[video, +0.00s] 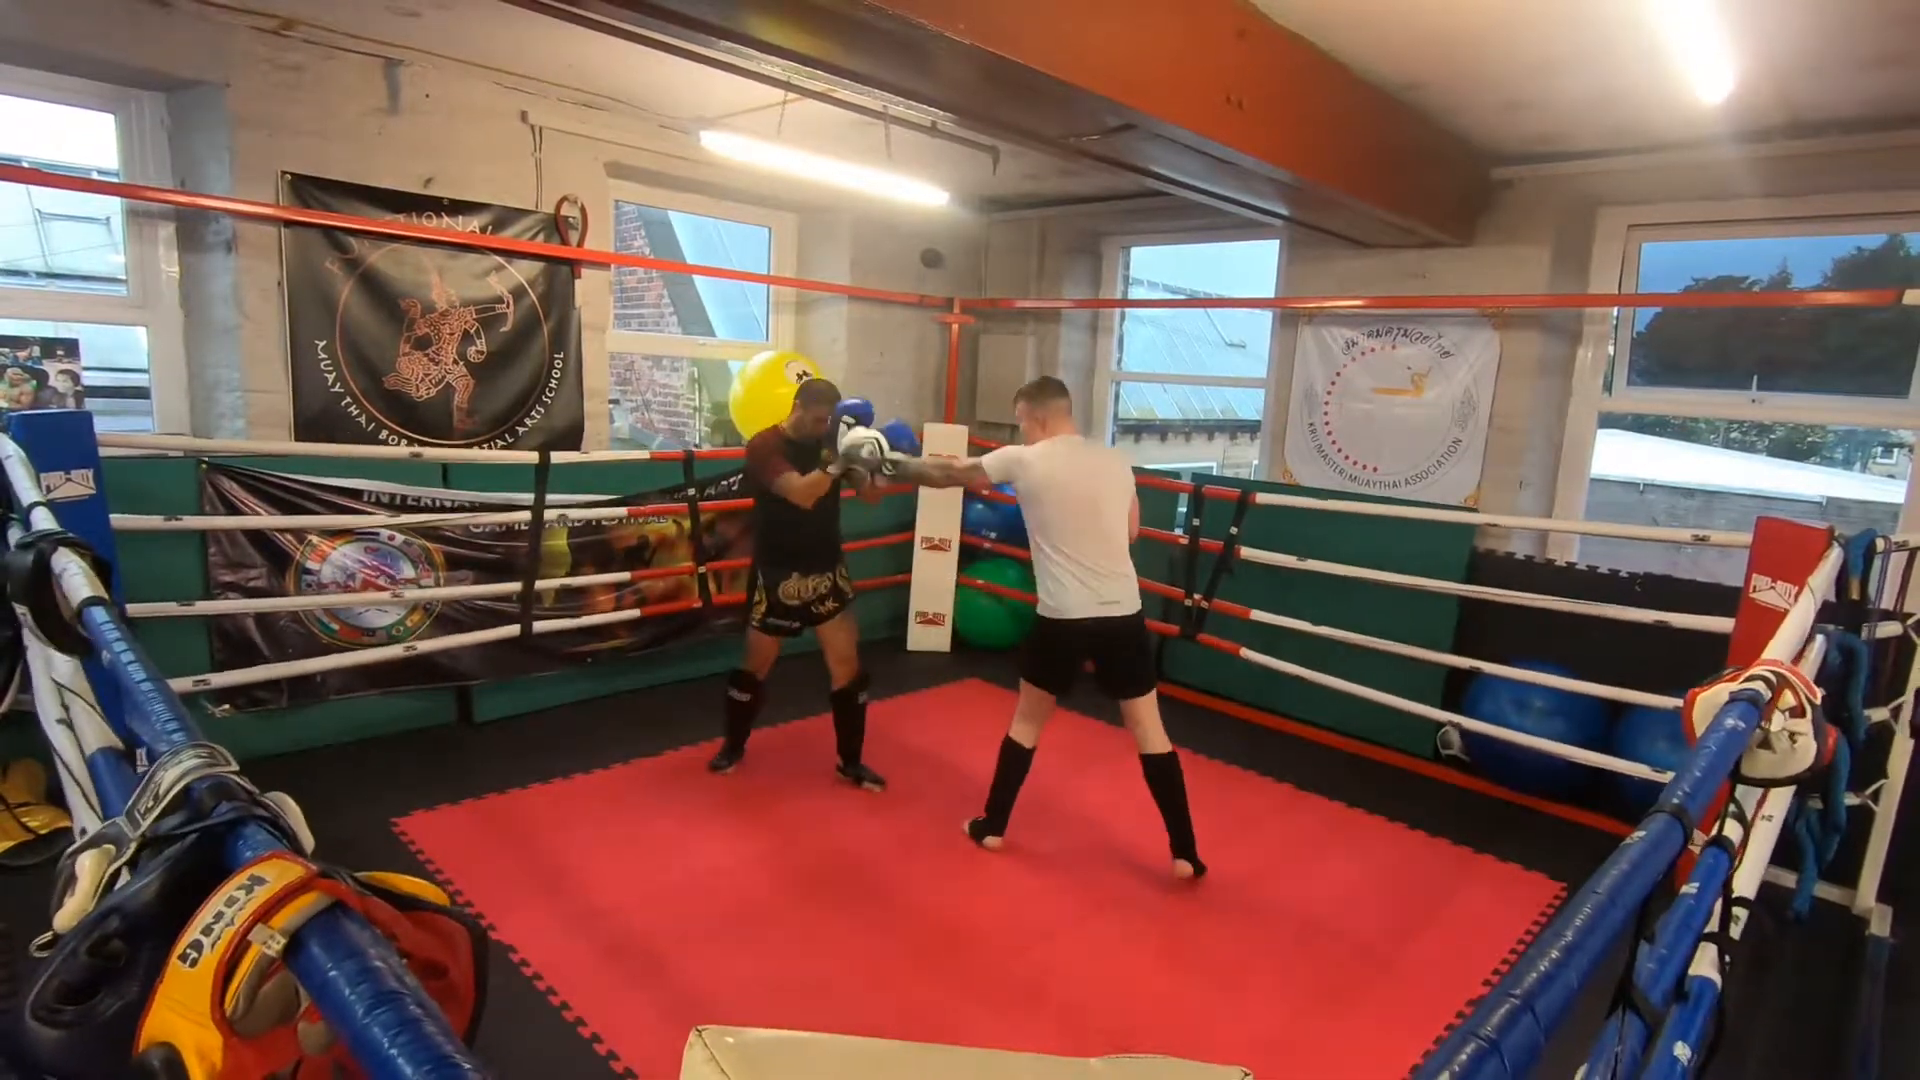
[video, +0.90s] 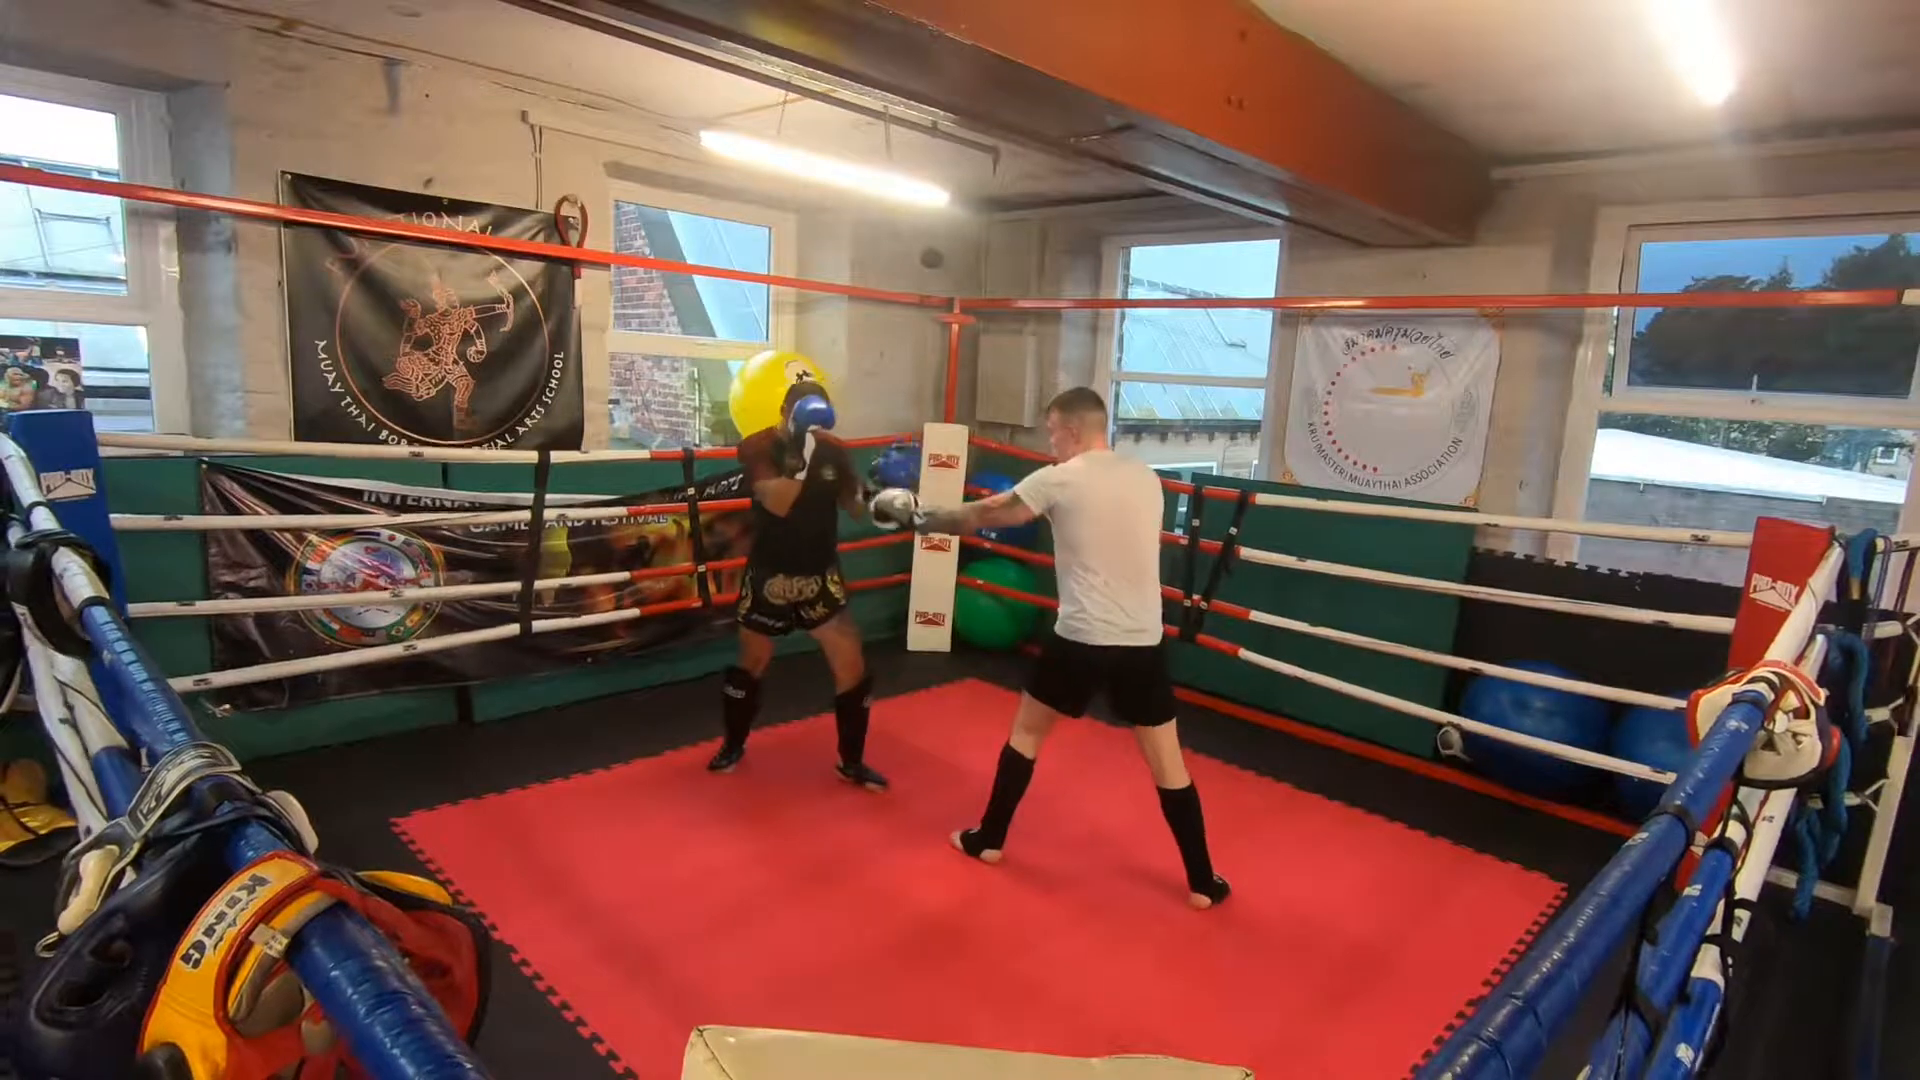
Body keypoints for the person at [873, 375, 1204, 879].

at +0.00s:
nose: (1021, 430)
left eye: (1021, 422)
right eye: (1020, 423)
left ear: (1035, 419)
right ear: (1068, 414)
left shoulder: (1023, 459)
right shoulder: (1117, 461)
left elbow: (948, 473)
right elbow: (1132, 529)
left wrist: (884, 462)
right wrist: (1076, 515)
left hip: (1061, 621)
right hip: (1124, 620)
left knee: (1028, 721)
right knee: (1150, 729)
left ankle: (993, 826)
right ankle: (1185, 852)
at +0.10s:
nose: (1032, 430)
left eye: (1034, 422)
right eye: (1031, 422)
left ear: (1050, 418)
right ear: (1079, 415)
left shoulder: (1034, 463)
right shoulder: (1127, 466)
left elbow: (964, 495)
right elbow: (1134, 535)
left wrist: (901, 489)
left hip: (1064, 624)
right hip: (1127, 626)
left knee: (1029, 723)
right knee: (1154, 736)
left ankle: (993, 826)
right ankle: (1190, 859)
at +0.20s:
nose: (1043, 439)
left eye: (1043, 431)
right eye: (1041, 431)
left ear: (1060, 425)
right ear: (1096, 424)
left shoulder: (1054, 473)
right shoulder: (1141, 475)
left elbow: (992, 535)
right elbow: (1120, 538)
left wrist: (936, 543)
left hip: (1068, 630)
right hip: (1132, 635)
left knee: (1030, 725)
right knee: (1153, 748)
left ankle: (993, 825)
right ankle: (1184, 871)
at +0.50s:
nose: (1040, 435)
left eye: (1041, 426)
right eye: (1039, 427)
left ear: (1059, 423)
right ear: (1091, 423)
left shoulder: (1049, 471)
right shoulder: (1139, 472)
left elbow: (978, 517)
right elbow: (1140, 542)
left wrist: (924, 501)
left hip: (1070, 632)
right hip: (1135, 636)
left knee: (1029, 728)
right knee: (1155, 748)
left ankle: (990, 837)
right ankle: (1188, 872)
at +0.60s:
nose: (1033, 434)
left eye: (1035, 425)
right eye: (1033, 425)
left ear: (1049, 422)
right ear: (1084, 420)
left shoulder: (1036, 464)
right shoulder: (1128, 466)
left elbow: (955, 483)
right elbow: (1143, 536)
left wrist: (902, 466)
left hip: (1069, 631)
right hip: (1134, 632)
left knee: (1029, 729)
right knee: (1158, 740)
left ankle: (990, 838)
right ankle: (1192, 863)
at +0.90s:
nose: (1050, 444)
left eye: (1052, 434)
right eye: (1049, 434)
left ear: (1071, 431)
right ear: (1101, 431)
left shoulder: (1061, 478)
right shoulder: (1148, 478)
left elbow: (981, 516)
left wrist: (918, 516)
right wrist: (1018, 500)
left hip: (1078, 642)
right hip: (1143, 647)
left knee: (1028, 735)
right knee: (1168, 760)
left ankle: (990, 837)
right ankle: (1203, 882)